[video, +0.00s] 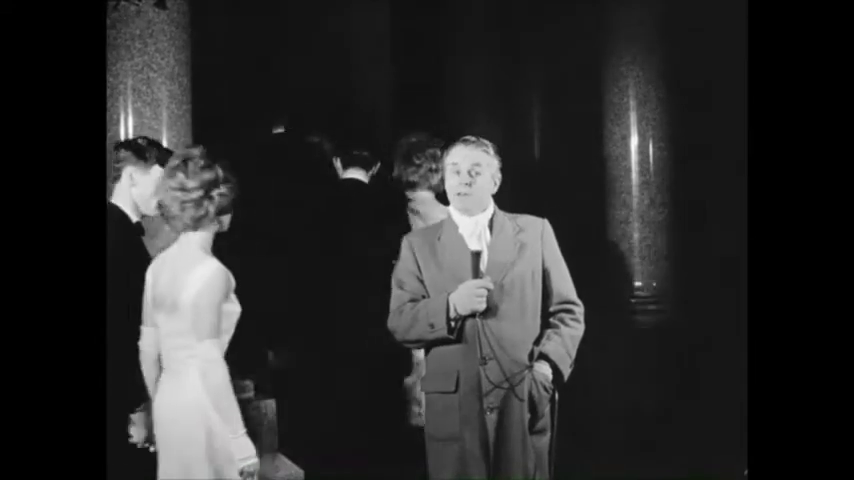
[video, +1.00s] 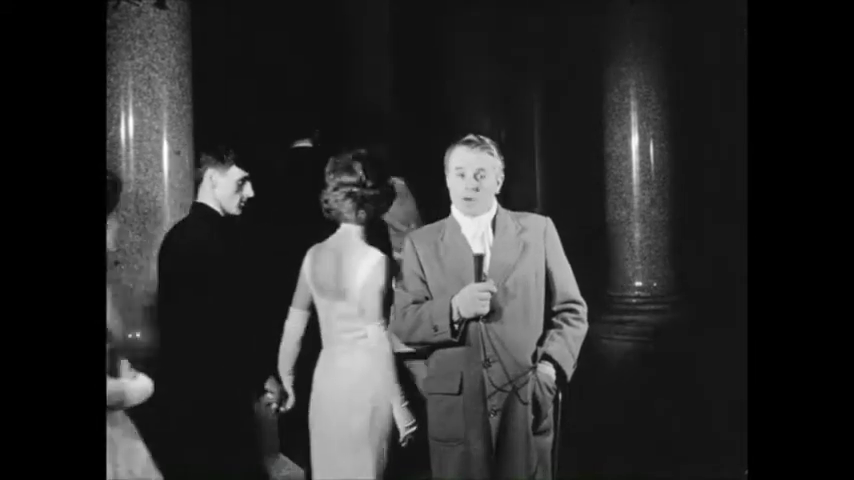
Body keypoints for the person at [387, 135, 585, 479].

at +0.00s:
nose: (464, 178)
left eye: (476, 169)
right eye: (455, 170)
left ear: (495, 181)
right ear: (443, 181)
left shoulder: (535, 232)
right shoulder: (417, 244)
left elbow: (567, 310)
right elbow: (400, 321)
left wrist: (547, 365)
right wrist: (449, 306)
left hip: (521, 396)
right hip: (450, 399)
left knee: (524, 475)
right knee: (454, 474)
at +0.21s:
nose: (460, 177)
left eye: (472, 168)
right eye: (452, 169)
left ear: (493, 181)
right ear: (441, 180)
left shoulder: (533, 232)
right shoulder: (416, 244)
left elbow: (565, 310)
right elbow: (399, 321)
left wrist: (547, 363)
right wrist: (449, 306)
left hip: (520, 398)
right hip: (449, 401)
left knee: (523, 475)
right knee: (452, 474)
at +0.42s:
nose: (461, 174)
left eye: (473, 166)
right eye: (452, 167)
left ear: (493, 181)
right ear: (440, 180)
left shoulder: (532, 233)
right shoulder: (415, 246)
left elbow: (565, 310)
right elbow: (398, 323)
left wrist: (547, 363)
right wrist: (449, 306)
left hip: (521, 400)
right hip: (448, 404)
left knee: (523, 475)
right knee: (451, 474)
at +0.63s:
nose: (464, 171)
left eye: (476, 165)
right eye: (454, 164)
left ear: (494, 179)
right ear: (441, 180)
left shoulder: (533, 231)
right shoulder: (415, 244)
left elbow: (566, 309)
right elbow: (400, 322)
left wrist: (549, 363)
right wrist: (452, 307)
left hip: (522, 399)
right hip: (451, 402)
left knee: (526, 475)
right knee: (453, 474)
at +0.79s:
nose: (465, 183)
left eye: (477, 173)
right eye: (456, 173)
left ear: (496, 181)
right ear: (443, 182)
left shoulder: (535, 231)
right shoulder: (418, 242)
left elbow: (568, 309)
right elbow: (402, 320)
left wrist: (550, 364)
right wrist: (453, 309)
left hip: (523, 397)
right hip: (453, 400)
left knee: (527, 474)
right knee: (456, 474)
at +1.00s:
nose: (470, 185)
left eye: (480, 175)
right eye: (461, 175)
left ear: (499, 181)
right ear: (447, 181)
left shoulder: (538, 231)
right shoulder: (419, 244)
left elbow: (570, 309)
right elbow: (402, 322)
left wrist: (550, 365)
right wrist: (453, 309)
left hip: (525, 398)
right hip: (453, 400)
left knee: (527, 475)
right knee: (456, 474)